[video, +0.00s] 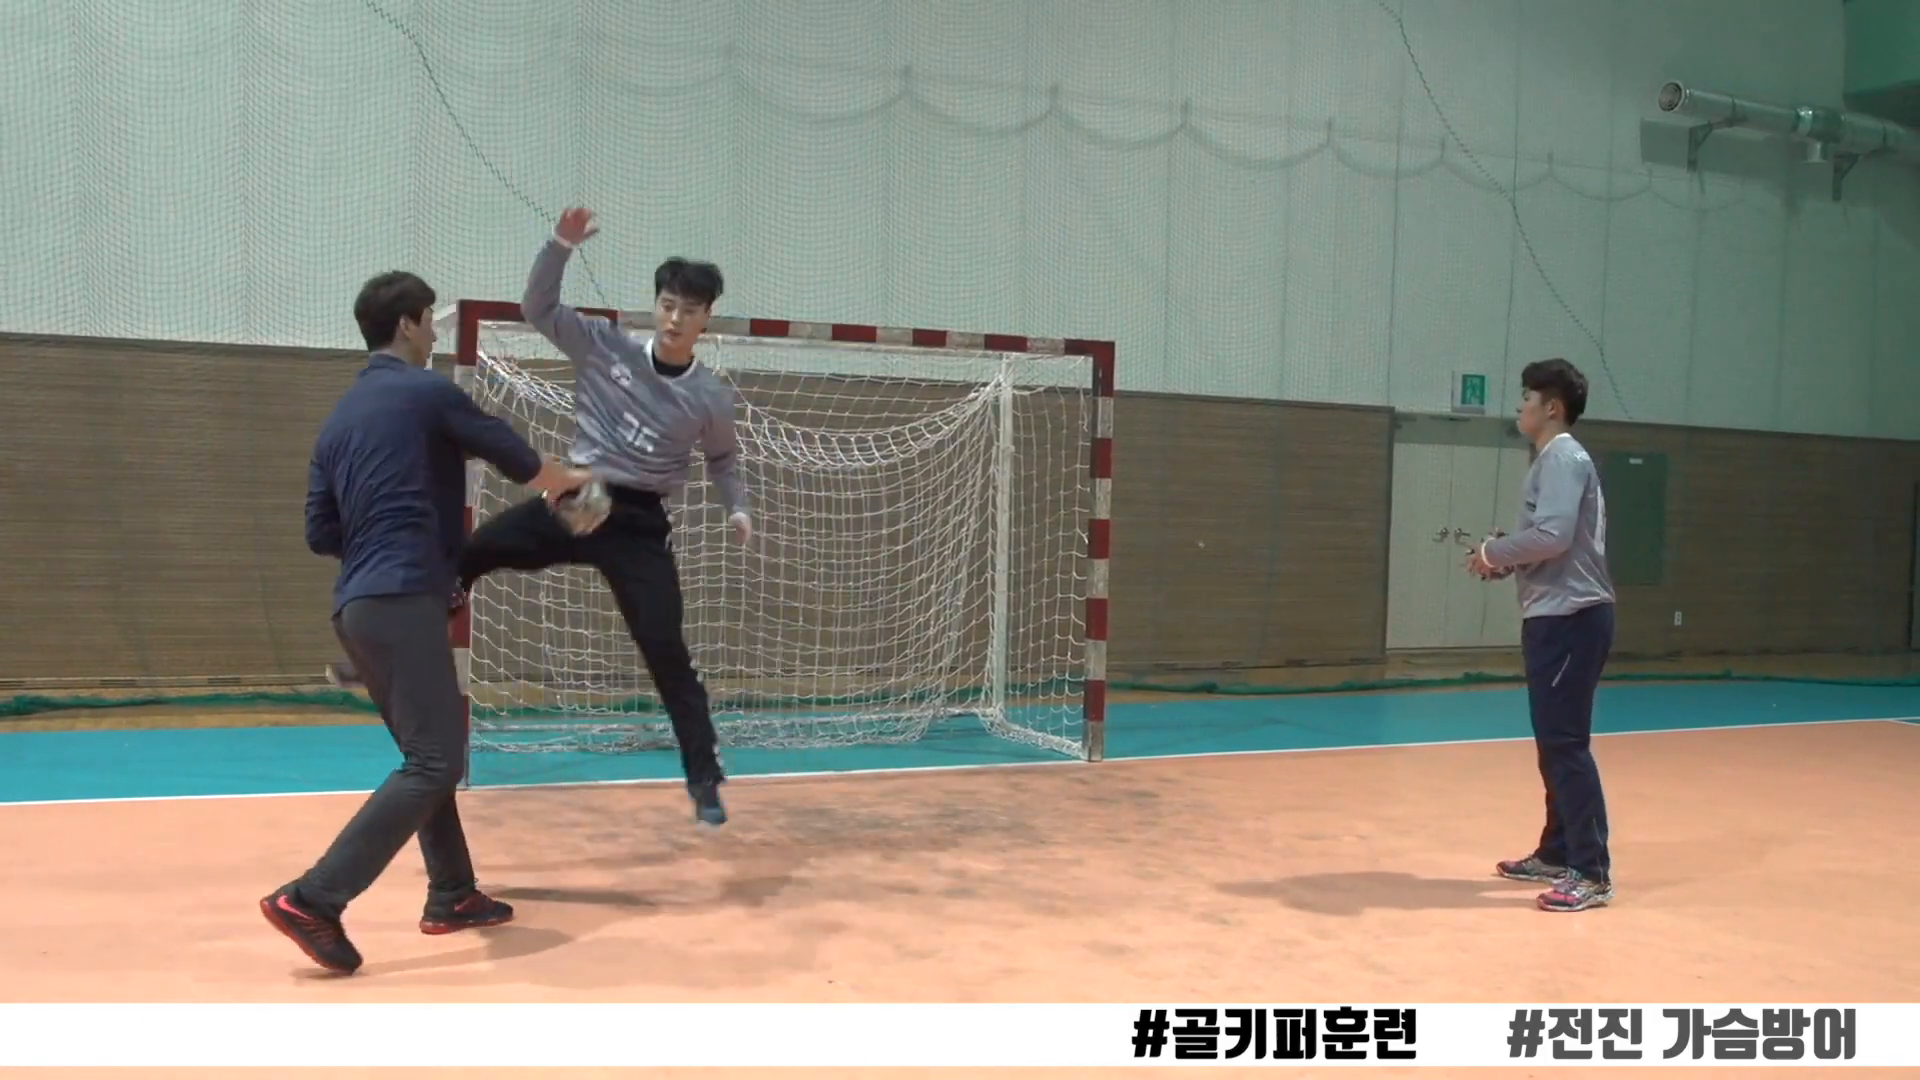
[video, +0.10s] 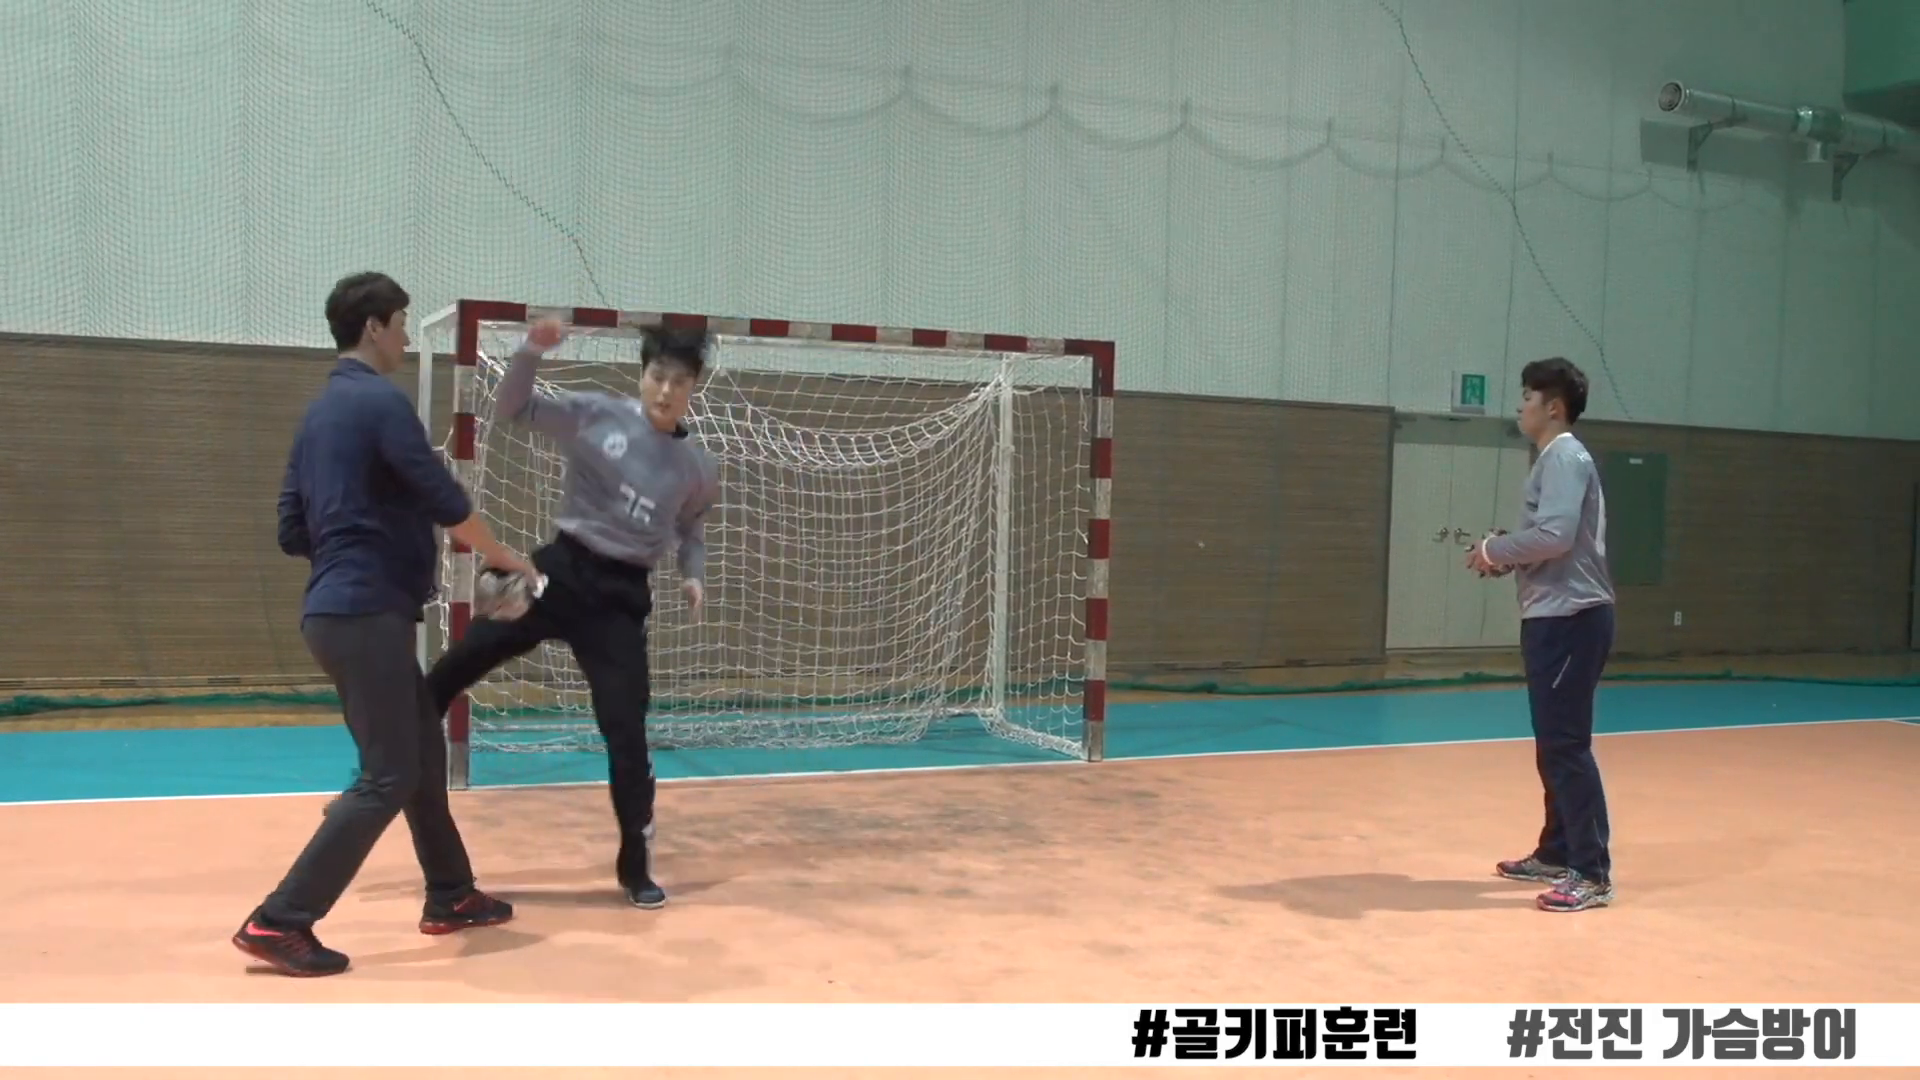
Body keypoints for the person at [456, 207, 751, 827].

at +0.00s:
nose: (674, 319)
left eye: (688, 312)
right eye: (668, 306)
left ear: (706, 320)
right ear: (655, 304)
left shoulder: (711, 399)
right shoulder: (607, 345)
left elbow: (725, 463)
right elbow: (538, 310)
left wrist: (739, 508)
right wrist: (561, 246)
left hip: (637, 528)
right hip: (569, 505)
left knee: (665, 651)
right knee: (472, 550)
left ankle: (705, 785)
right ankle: (383, 649)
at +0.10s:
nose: (666, 391)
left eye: (679, 382)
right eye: (658, 378)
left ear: (694, 391)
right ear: (640, 378)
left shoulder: (699, 469)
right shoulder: (597, 414)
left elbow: (693, 532)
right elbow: (513, 406)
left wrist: (694, 575)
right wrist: (532, 351)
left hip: (621, 599)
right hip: (559, 575)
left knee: (627, 732)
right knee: (458, 666)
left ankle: (635, 866)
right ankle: (388, 751)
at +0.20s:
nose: (651, 455)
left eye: (663, 445)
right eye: (642, 441)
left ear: (675, 456)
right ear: (620, 442)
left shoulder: (667, 535)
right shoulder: (568, 495)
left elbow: (667, 605)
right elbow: (488, 539)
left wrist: (669, 644)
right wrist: (488, 508)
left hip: (600, 658)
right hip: (531, 640)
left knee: (632, 763)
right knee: (458, 749)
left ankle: (627, 866)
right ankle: (395, 862)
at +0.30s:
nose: (653, 490)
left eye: (660, 479)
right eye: (643, 477)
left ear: (666, 483)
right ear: (613, 473)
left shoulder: (654, 552)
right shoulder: (551, 524)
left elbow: (660, 623)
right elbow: (487, 573)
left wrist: (676, 626)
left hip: (589, 667)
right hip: (519, 661)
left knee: (628, 743)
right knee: (460, 760)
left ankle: (631, 863)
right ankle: (398, 869)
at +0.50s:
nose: (681, 456)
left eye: (685, 446)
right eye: (672, 446)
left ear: (686, 449)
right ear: (639, 445)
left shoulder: (694, 521)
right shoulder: (587, 500)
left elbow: (715, 594)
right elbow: (527, 537)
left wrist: (721, 642)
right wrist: (495, 550)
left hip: (641, 654)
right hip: (576, 643)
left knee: (627, 755)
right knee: (502, 725)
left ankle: (614, 868)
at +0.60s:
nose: (695, 435)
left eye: (698, 425)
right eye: (684, 424)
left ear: (698, 431)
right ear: (652, 427)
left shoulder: (707, 500)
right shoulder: (604, 484)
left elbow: (714, 556)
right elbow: (552, 526)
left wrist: (717, 603)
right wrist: (530, 557)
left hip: (662, 625)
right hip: (600, 621)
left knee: (657, 730)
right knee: (561, 729)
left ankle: (646, 846)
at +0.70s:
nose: (710, 436)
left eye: (712, 426)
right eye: (699, 426)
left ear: (715, 433)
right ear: (668, 430)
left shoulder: (720, 499)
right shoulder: (627, 491)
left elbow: (732, 554)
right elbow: (577, 532)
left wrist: (762, 579)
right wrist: (544, 556)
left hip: (688, 626)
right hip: (626, 623)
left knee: (685, 709)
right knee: (597, 725)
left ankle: (684, 806)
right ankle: (580, 816)